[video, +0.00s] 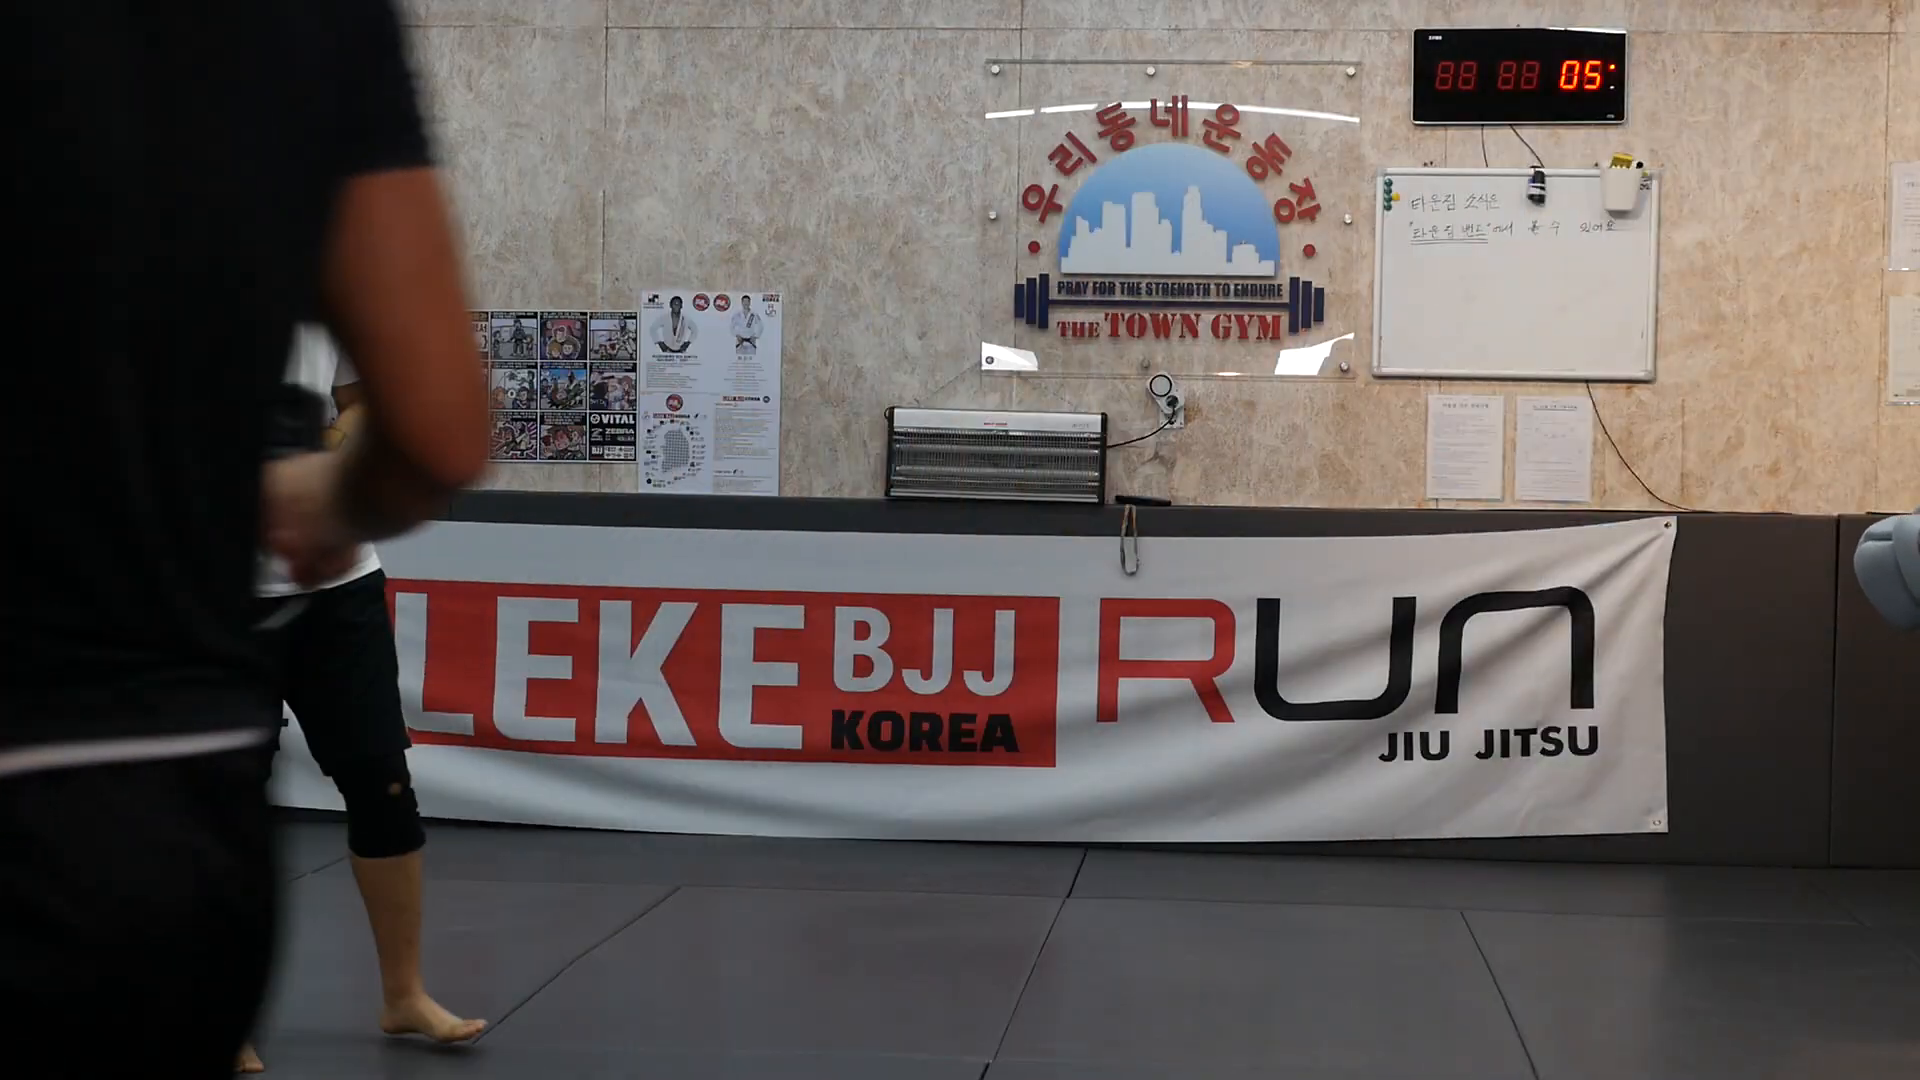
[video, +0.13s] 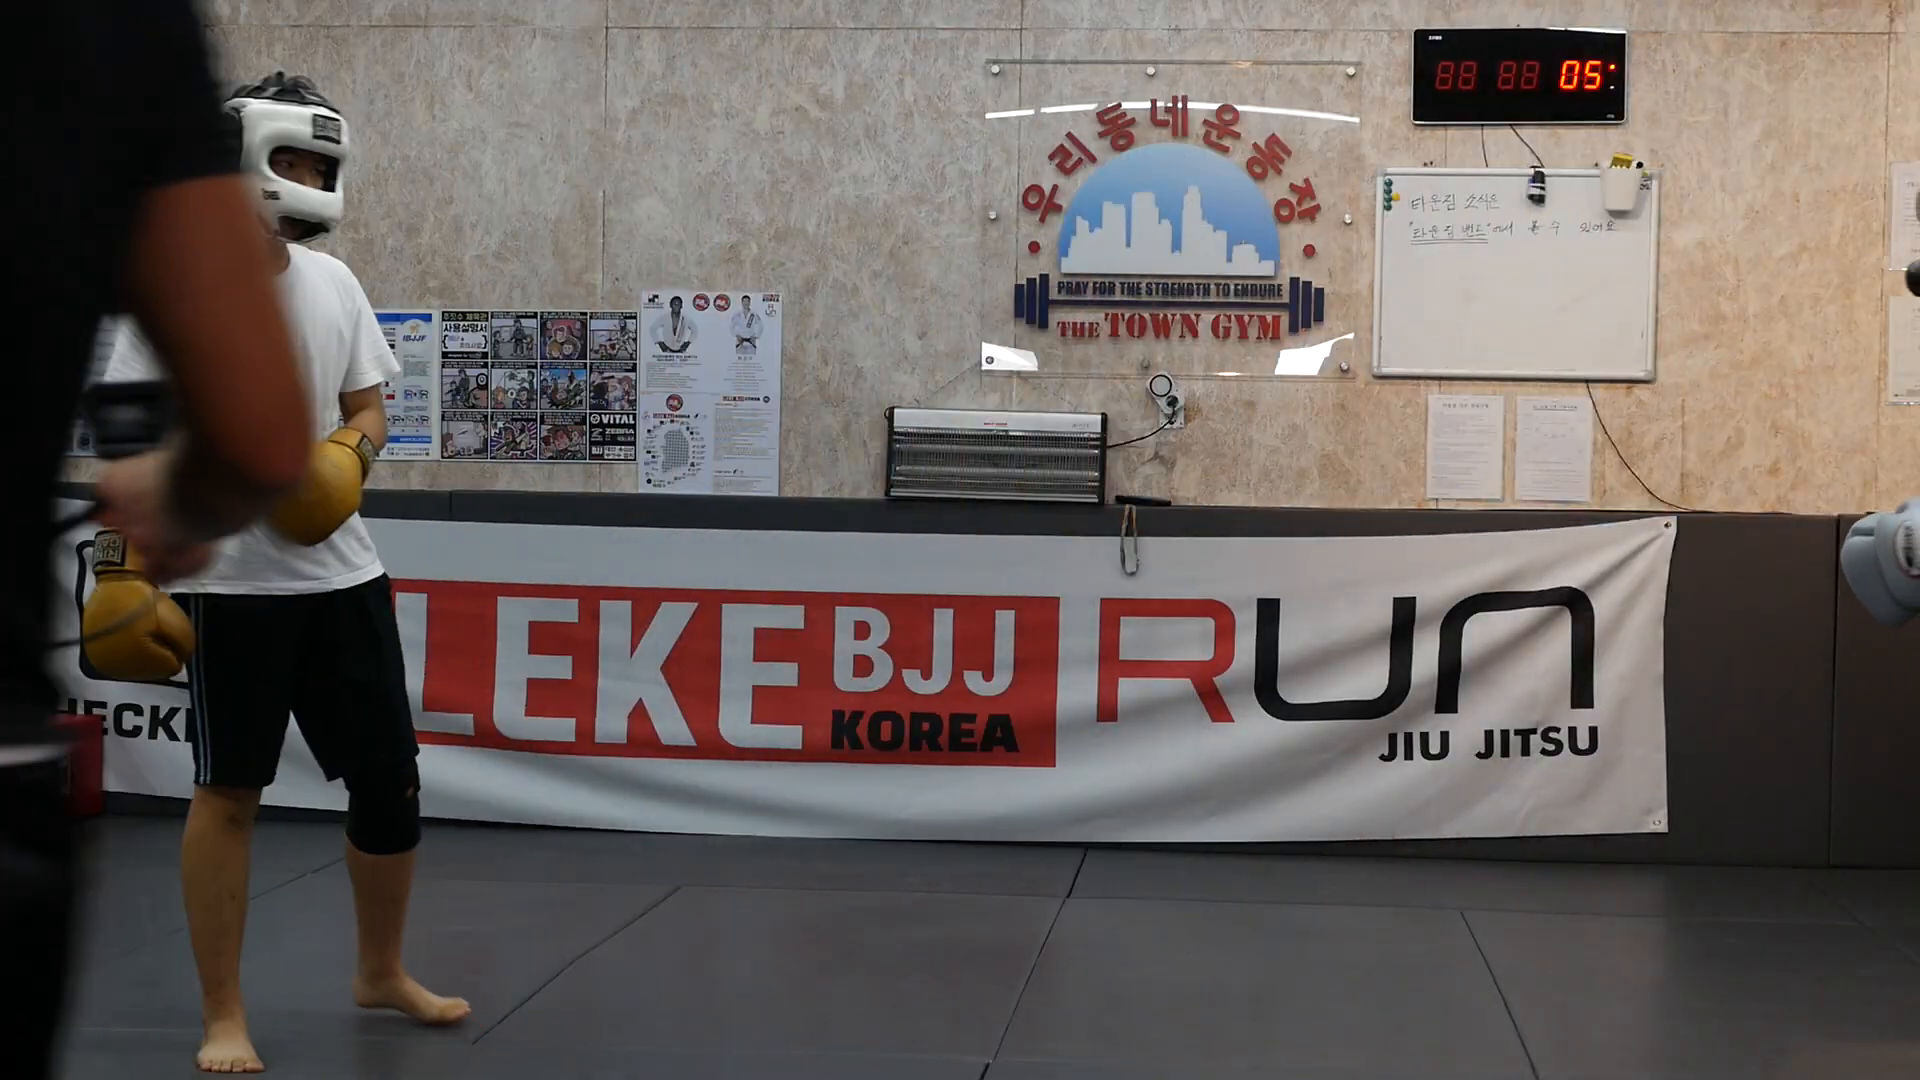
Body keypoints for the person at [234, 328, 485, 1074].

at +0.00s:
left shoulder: (318, 288)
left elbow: (360, 406)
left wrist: (322, 485)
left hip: (333, 584)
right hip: (221, 596)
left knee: (382, 786)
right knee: (221, 818)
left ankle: (405, 994)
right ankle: (221, 1023)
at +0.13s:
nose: (311, 180)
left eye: (321, 165)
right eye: (290, 159)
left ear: (329, 178)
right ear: (230, 163)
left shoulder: (334, 283)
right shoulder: (170, 293)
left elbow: (369, 402)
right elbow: (121, 442)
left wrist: (345, 451)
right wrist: (121, 566)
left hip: (344, 583)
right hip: (230, 590)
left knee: (389, 784)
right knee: (228, 797)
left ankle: (381, 974)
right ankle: (224, 1019)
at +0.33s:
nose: (365, 182)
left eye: (371, 168)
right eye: (348, 164)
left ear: (367, 180)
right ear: (289, 165)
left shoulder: (352, 289)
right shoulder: (222, 286)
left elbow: (378, 412)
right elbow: (185, 426)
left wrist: (380, 465)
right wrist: (158, 562)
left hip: (359, 580)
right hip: (262, 583)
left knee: (368, 781)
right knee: (251, 792)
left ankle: (344, 969)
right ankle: (227, 1014)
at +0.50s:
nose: (409, 197)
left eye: (413, 178)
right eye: (396, 177)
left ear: (354, 182)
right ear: (339, 175)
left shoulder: (356, 296)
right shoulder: (270, 288)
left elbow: (371, 429)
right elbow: (251, 429)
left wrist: (420, 491)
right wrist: (258, 562)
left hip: (375, 584)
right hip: (305, 584)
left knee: (353, 785)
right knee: (279, 790)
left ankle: (341, 973)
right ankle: (231, 1010)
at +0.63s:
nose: (426, 205)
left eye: (426, 185)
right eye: (415, 186)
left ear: (351, 188)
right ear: (368, 185)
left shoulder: (354, 300)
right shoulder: (301, 294)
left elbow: (377, 445)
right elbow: (304, 438)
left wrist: (441, 525)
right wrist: (345, 562)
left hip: (375, 578)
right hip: (312, 581)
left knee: (358, 778)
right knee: (307, 783)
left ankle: (341, 972)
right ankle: (238, 1003)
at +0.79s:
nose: (436, 202)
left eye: (434, 182)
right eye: (427, 183)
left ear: (350, 185)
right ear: (389, 185)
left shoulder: (347, 291)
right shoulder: (327, 292)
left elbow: (366, 445)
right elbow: (362, 442)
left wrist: (435, 548)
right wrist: (437, 544)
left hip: (369, 570)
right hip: (334, 572)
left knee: (367, 771)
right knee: (343, 774)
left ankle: (341, 972)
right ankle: (243, 987)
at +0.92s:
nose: (448, 199)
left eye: (443, 179)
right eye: (437, 181)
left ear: (359, 188)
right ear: (406, 189)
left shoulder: (348, 287)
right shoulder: (348, 292)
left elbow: (380, 446)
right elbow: (385, 442)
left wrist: (464, 531)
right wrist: (474, 528)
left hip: (369, 564)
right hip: (345, 565)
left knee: (376, 775)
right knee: (366, 778)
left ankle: (340, 972)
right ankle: (258, 975)